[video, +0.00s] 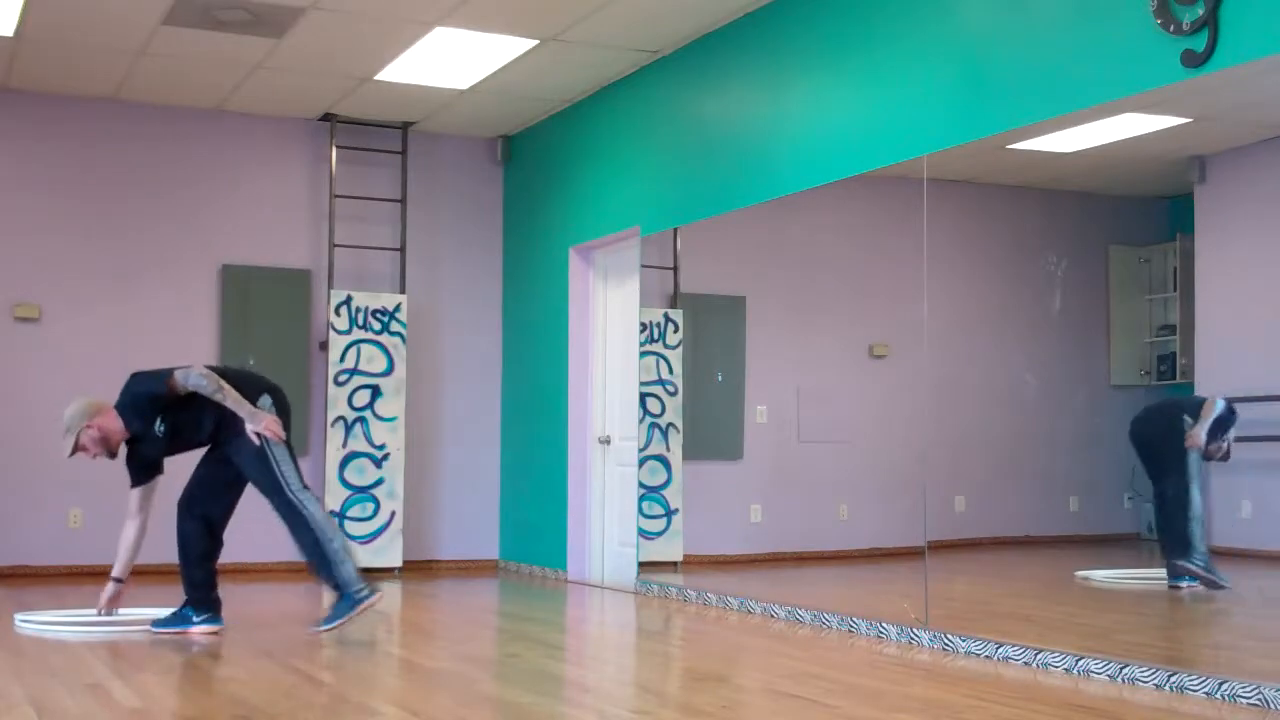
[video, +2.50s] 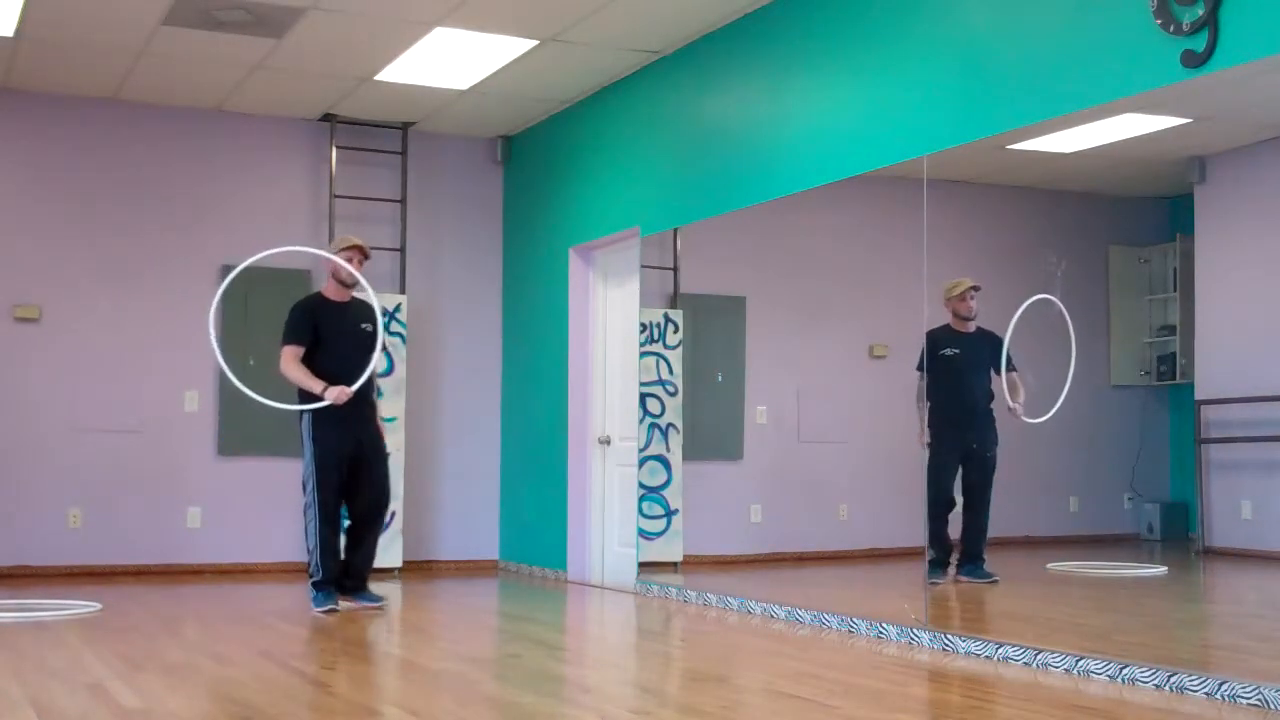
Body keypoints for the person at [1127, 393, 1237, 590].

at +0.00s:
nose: (1211, 454)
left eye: (1214, 456)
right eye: (1217, 453)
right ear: (1224, 441)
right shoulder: (1227, 418)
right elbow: (1216, 402)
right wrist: (1201, 428)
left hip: (1141, 426)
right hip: (1172, 421)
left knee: (1164, 494)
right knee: (1187, 490)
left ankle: (1177, 571)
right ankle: (1194, 557)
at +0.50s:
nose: (1159, 342)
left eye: (1159, 336)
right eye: (1155, 335)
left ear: (1138, 339)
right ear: (1138, 336)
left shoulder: (1127, 372)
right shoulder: (1123, 355)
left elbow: (1108, 430)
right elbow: (1099, 384)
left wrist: (1139, 452)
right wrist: (1109, 430)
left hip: (1093, 442)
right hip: (1076, 436)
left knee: (1128, 502)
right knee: (1087, 509)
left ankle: (1158, 566)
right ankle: (1047, 567)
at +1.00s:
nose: (1065, 299)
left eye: (1066, 295)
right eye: (1058, 294)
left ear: (1064, 302)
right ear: (1040, 301)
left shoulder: (1071, 343)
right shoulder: (1024, 336)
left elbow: (1088, 388)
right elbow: (998, 375)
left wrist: (1122, 373)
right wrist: (990, 416)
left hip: (1062, 426)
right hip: (1033, 425)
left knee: (1066, 496)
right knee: (1048, 495)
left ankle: (1052, 564)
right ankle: (1041, 566)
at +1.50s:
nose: (1039, 305)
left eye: (1041, 300)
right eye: (1033, 300)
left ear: (1043, 306)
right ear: (1018, 305)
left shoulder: (1049, 345)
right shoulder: (996, 339)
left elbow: (1065, 382)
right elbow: (977, 379)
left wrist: (1078, 390)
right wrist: (974, 418)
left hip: (1035, 427)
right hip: (1001, 426)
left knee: (1032, 498)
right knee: (993, 496)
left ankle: (1028, 560)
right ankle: (977, 562)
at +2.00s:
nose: (982, 307)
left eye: (984, 302)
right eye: (975, 303)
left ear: (987, 307)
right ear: (961, 308)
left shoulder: (1000, 344)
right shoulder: (941, 345)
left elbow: (1018, 383)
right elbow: (931, 392)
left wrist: (1036, 412)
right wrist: (929, 428)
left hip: (994, 432)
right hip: (957, 434)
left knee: (1010, 496)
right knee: (952, 503)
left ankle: (1021, 558)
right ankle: (944, 564)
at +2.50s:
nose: (970, 302)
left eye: (972, 297)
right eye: (962, 298)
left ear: (977, 301)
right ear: (949, 305)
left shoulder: (991, 341)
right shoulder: (935, 339)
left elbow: (1012, 375)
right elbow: (923, 385)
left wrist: (1016, 400)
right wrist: (923, 424)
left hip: (981, 432)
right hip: (944, 432)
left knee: (978, 502)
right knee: (939, 501)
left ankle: (971, 564)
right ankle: (938, 562)